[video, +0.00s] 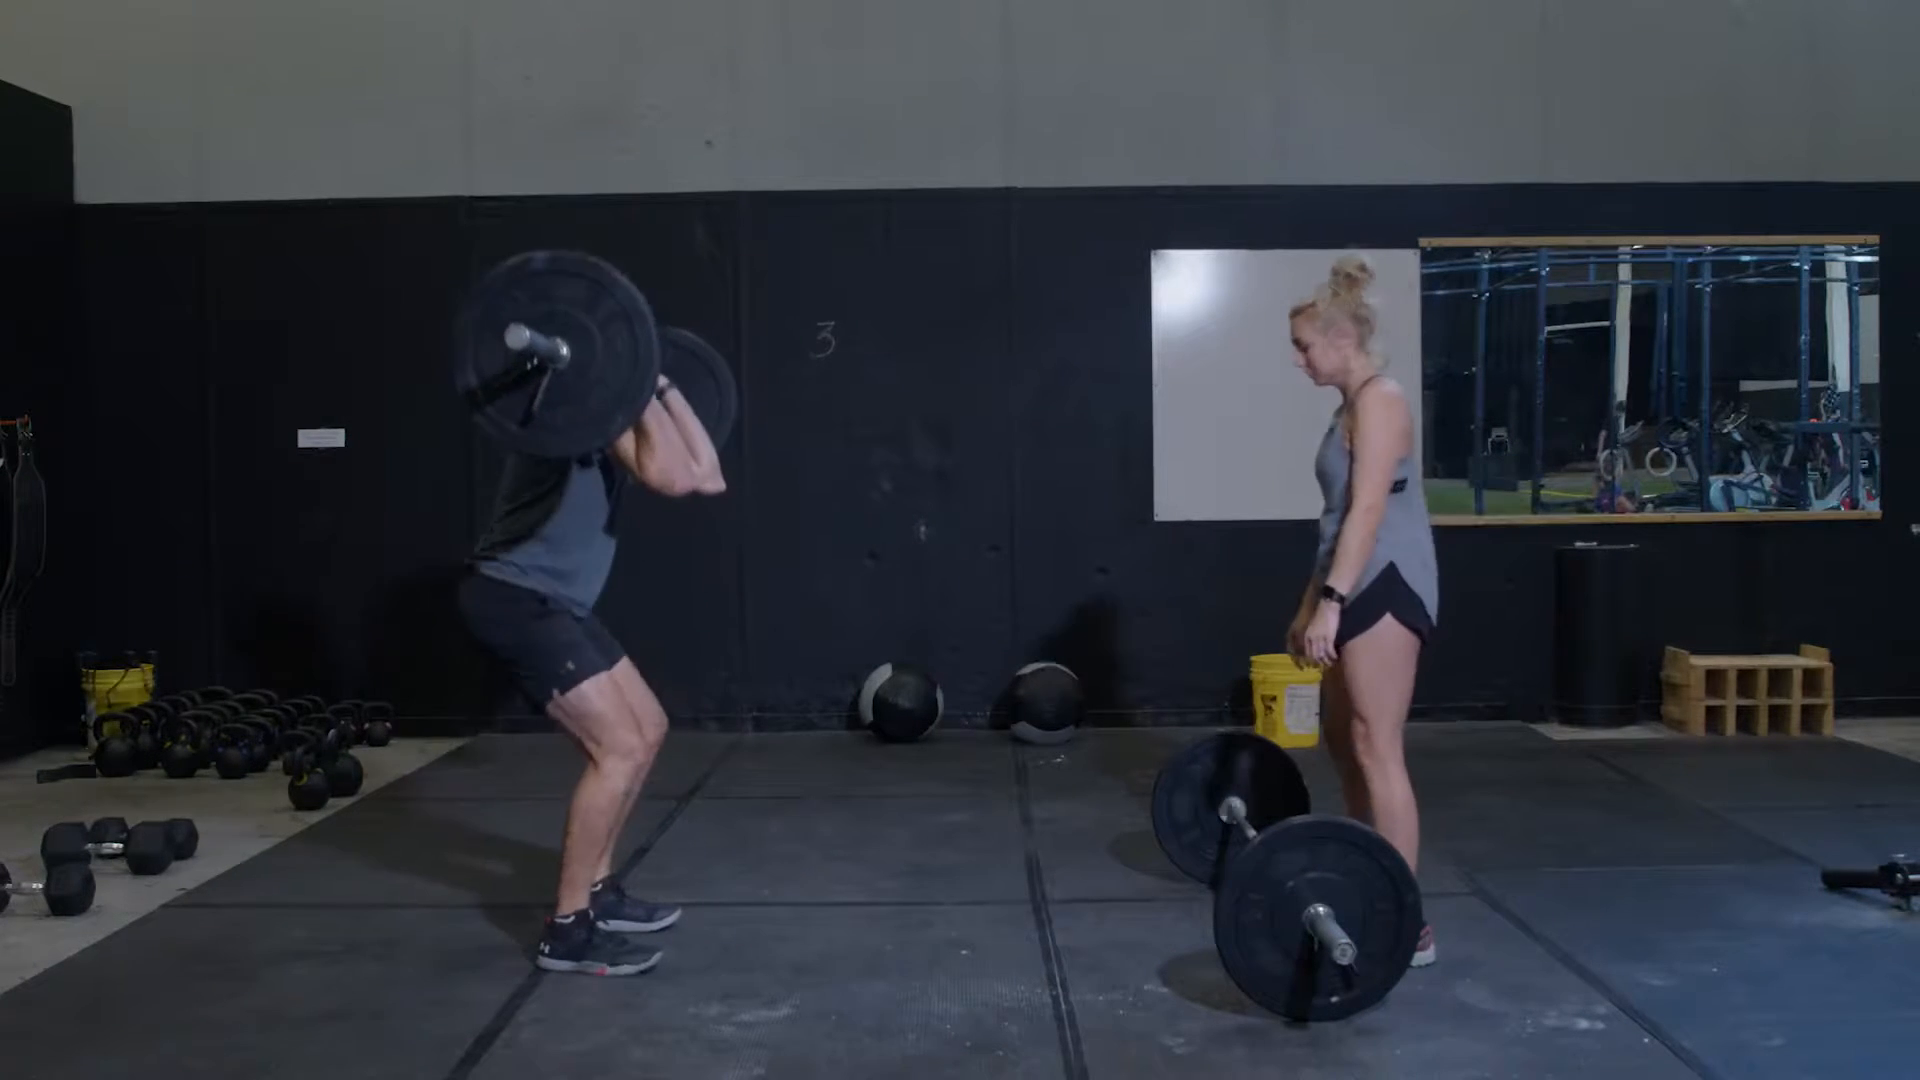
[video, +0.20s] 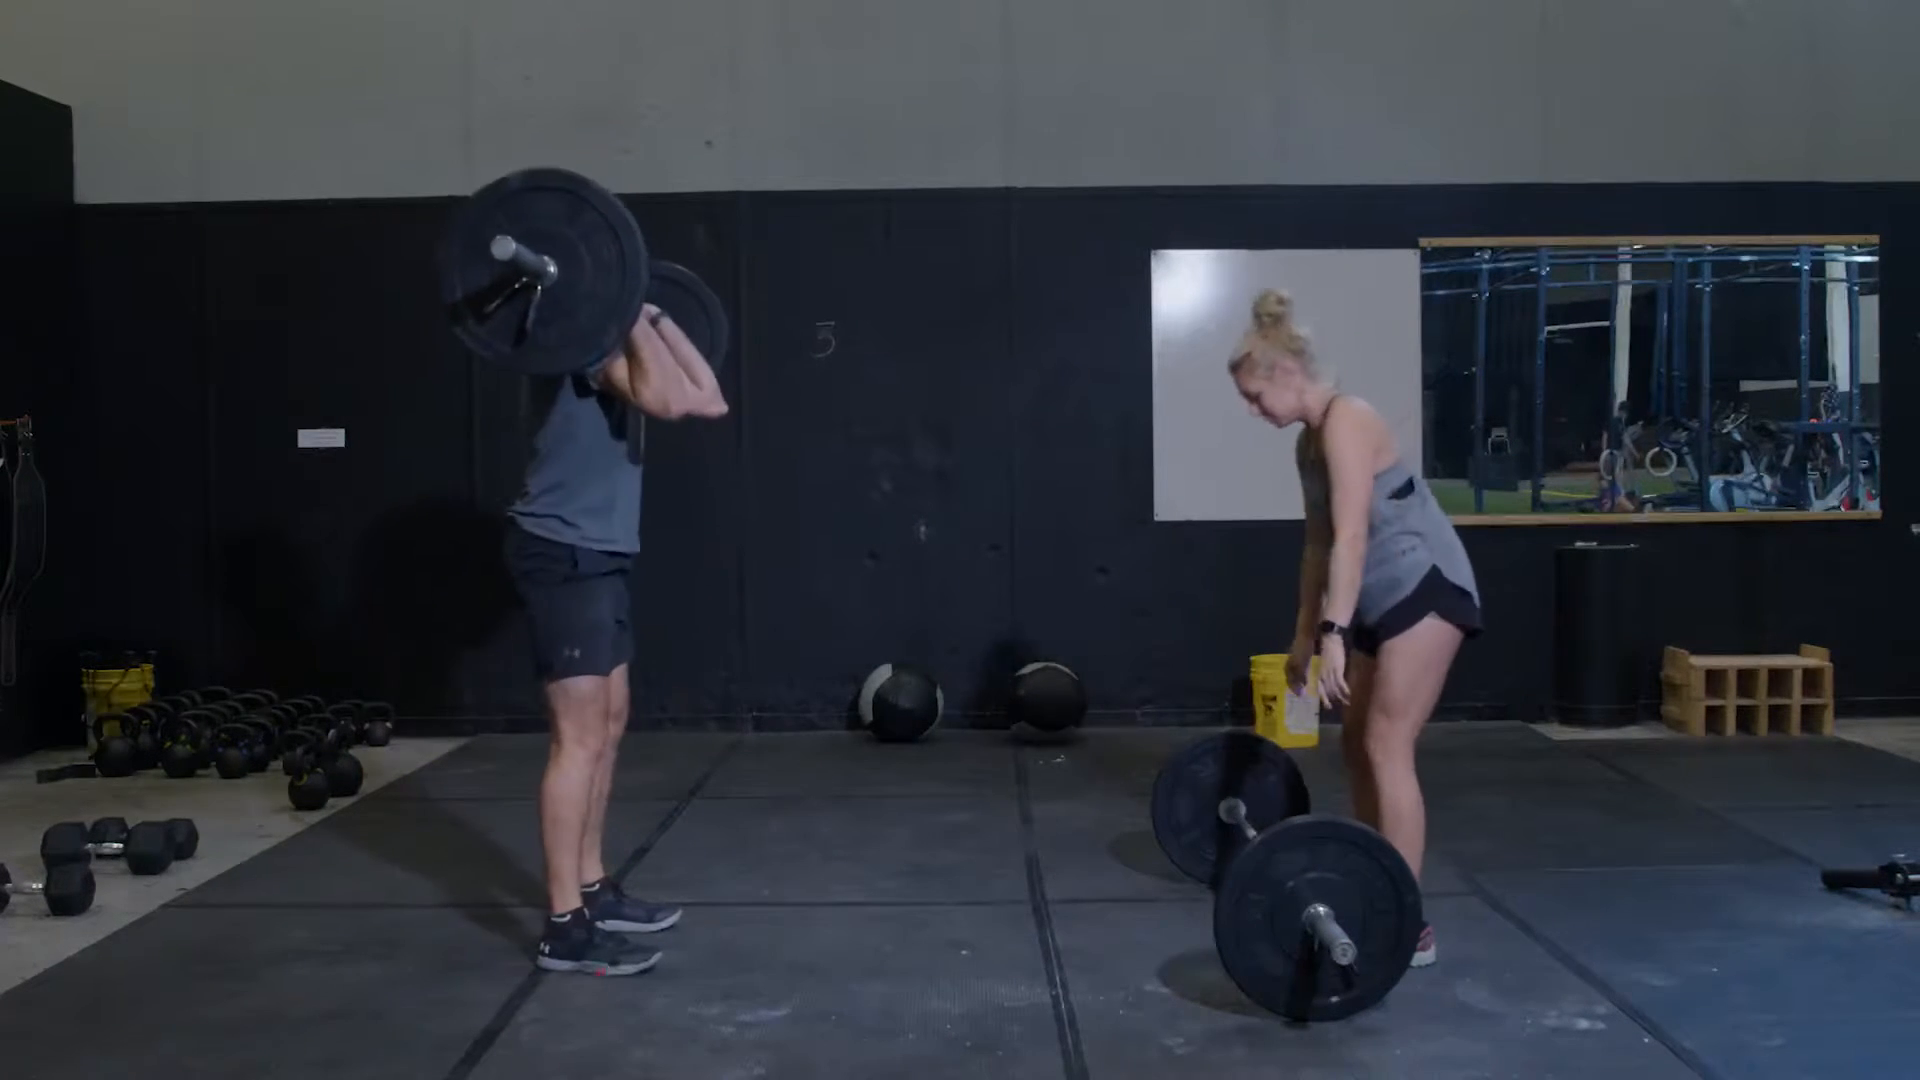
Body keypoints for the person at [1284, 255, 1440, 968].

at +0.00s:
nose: (1299, 359)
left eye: (1305, 345)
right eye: (1296, 348)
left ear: (1345, 338)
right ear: (1332, 343)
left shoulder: (1379, 402)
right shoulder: (1352, 410)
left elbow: (1369, 512)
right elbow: (1342, 521)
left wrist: (1331, 599)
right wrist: (1312, 607)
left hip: (1387, 586)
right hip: (1357, 587)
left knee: (1378, 750)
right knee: (1348, 744)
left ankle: (1404, 919)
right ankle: (1369, 901)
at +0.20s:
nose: (1254, 410)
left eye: (1255, 395)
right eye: (1247, 400)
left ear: (1290, 370)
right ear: (1280, 379)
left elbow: (1351, 534)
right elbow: (1317, 547)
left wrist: (1333, 633)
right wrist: (1303, 639)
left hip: (1428, 593)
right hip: (1375, 604)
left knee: (1387, 743)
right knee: (1360, 748)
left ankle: (1405, 919)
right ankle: (1370, 906)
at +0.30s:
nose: (1235, 453)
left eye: (1236, 439)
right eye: (1228, 443)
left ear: (1266, 415)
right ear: (1259, 418)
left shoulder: (1327, 457)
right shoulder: (1295, 476)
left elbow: (1336, 573)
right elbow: (1303, 578)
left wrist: (1328, 673)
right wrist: (1299, 673)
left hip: (1448, 595)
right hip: (1395, 606)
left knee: (1396, 743)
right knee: (1360, 739)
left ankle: (1407, 921)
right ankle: (1369, 901)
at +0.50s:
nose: (1212, 547)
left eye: (1214, 532)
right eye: (1207, 535)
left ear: (1244, 509)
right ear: (1243, 512)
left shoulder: (1303, 548)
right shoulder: (1280, 561)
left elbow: (1306, 667)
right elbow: (1280, 669)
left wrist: (1291, 771)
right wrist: (1269, 758)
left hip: (1473, 612)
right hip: (1420, 623)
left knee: (1388, 749)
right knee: (1351, 739)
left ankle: (1407, 924)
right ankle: (1368, 901)